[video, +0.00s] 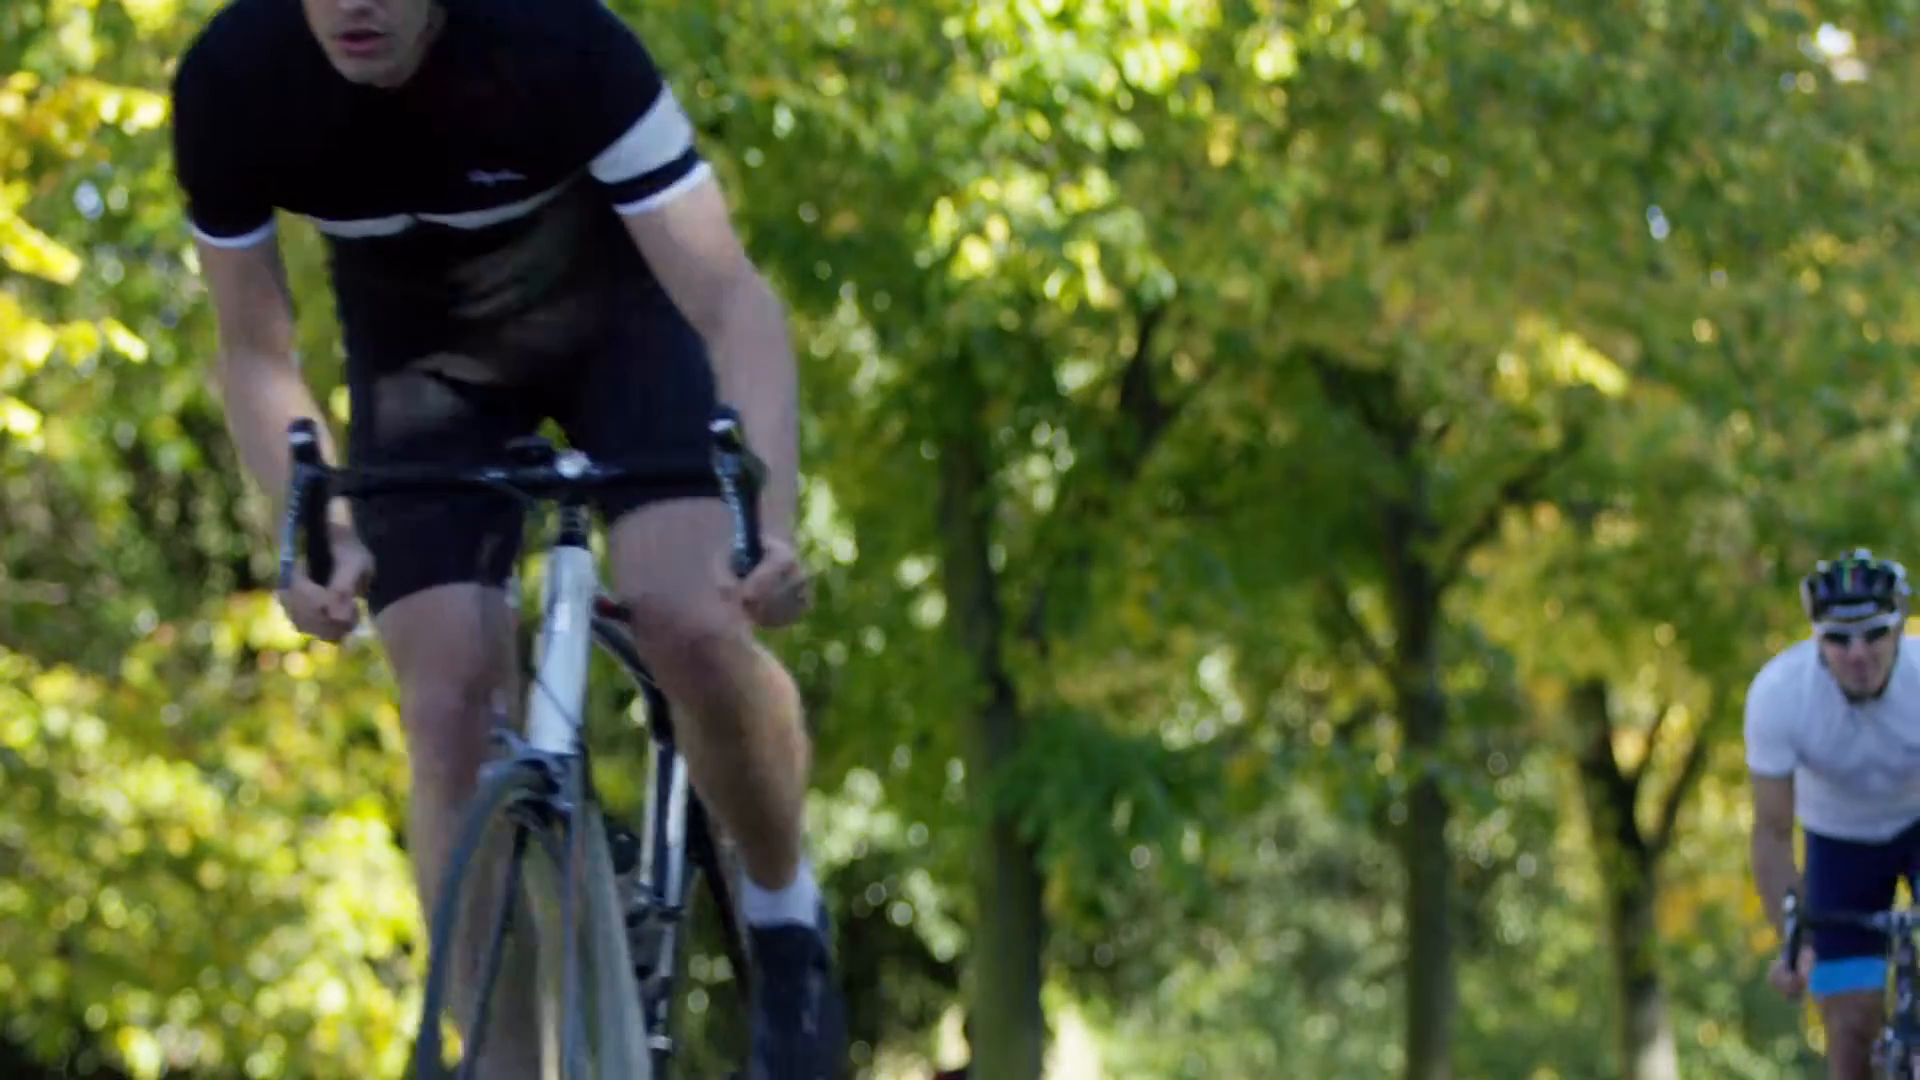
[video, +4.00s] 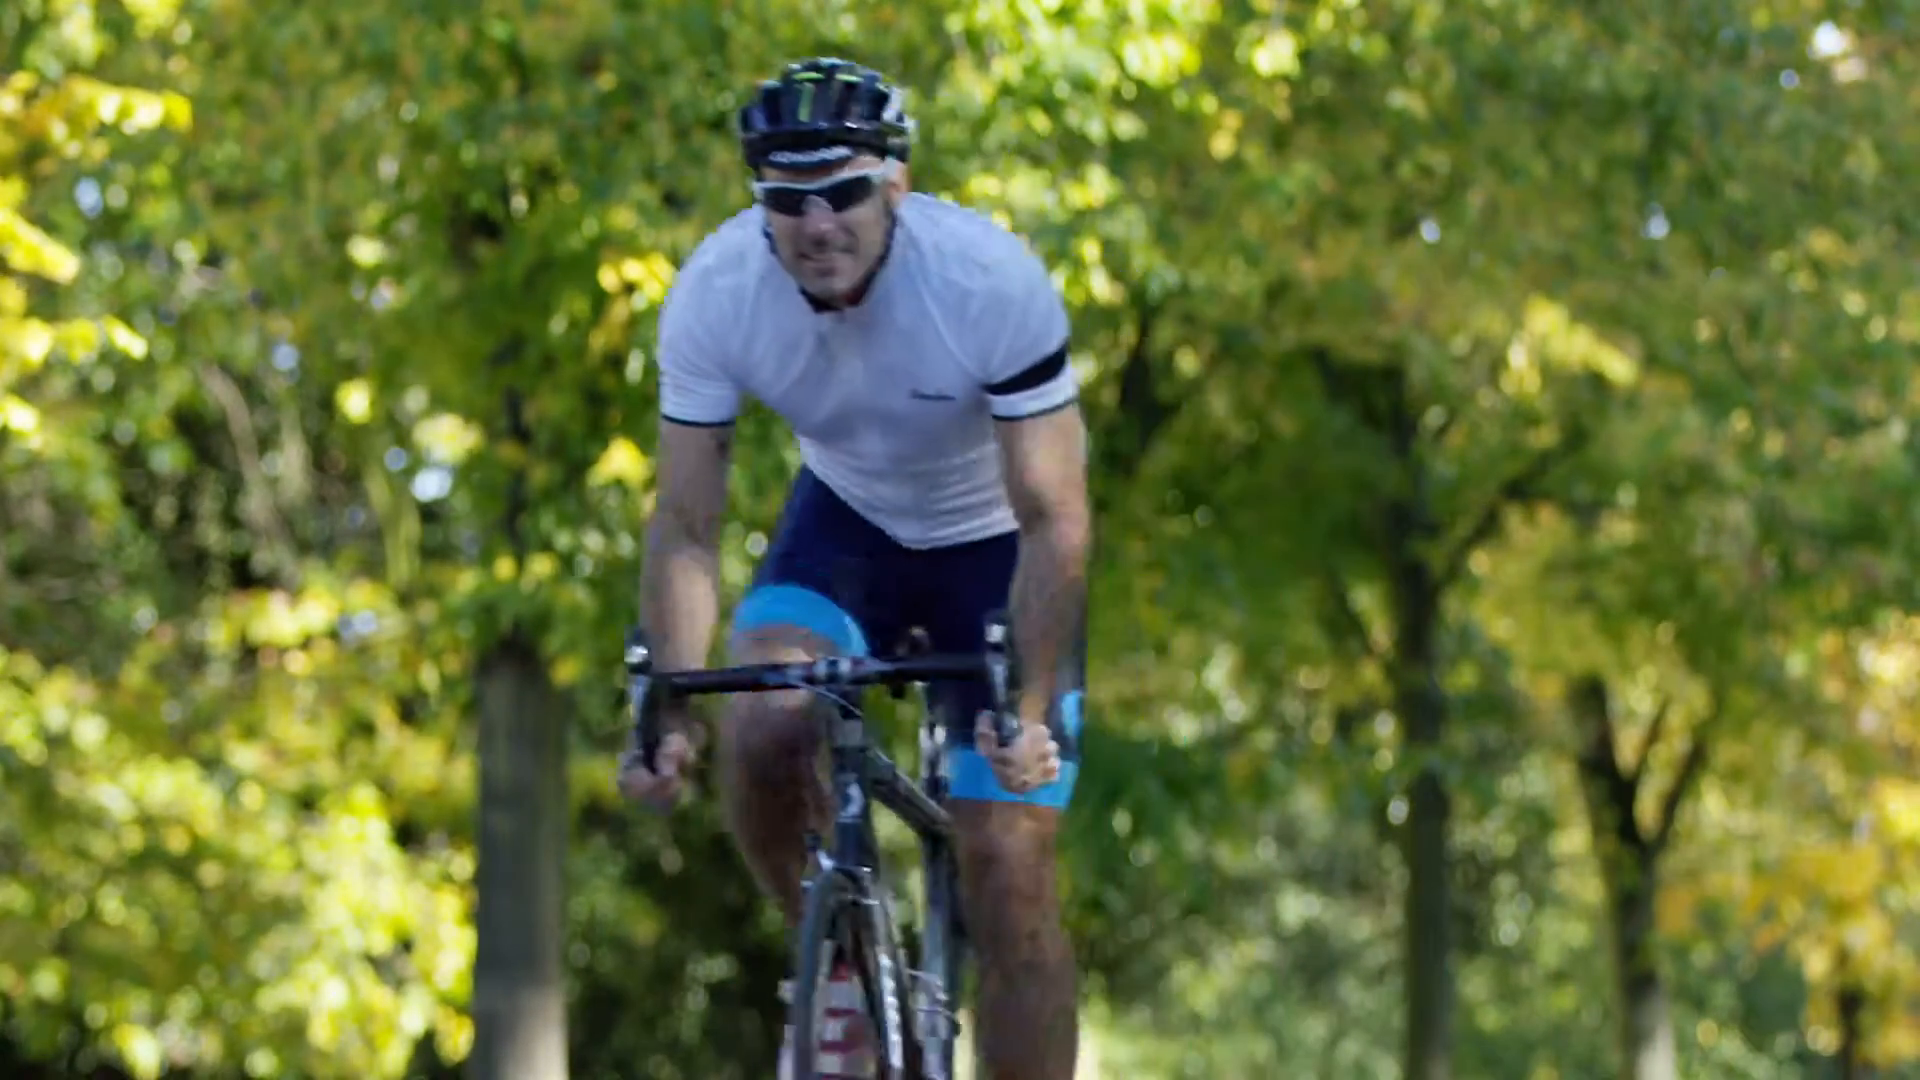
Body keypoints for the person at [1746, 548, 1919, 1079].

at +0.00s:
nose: (1858, 653)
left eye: (1875, 635)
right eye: (1839, 639)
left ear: (1899, 627)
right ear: (1817, 637)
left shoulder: (1917, 667)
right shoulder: (1779, 693)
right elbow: (1771, 831)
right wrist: (1793, 932)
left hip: (1916, 829)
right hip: (1841, 841)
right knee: (1851, 1027)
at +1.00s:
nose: (1707, 589)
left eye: (1723, 567)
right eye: (1684, 573)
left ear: (1751, 562)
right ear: (1661, 574)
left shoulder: (1817, 615)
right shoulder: (1629, 632)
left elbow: (1870, 763)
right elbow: (1619, 788)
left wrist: (1868, 894)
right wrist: (1623, 910)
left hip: (1810, 774)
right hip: (1703, 767)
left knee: (1830, 1006)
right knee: (1672, 908)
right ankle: (1698, 1074)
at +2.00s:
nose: (1537, 493)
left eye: (1557, 470)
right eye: (1514, 475)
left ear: (1587, 462)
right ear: (1485, 472)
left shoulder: (1655, 528)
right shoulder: (1438, 548)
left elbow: (1697, 709)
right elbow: (1423, 724)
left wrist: (1684, 850)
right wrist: (1414, 874)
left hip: (1634, 694)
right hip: (1515, 707)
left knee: (1646, 888)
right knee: (1509, 943)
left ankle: (1681, 1068)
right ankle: (1520, 1068)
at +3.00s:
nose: (1232, 388)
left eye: (1254, 361)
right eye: (1206, 367)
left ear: (1294, 349)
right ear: (1177, 366)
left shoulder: (1377, 429)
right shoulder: (1128, 444)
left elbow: (1437, 635)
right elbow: (1129, 631)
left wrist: (1448, 805)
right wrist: (1144, 780)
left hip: (1372, 631)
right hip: (1233, 644)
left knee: (1403, 862)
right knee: (1239, 891)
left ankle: (1459, 1055)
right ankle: (1247, 1069)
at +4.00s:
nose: (816, 226)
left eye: (843, 196)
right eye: (788, 201)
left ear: (897, 184)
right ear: (759, 201)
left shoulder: (992, 282)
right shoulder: (715, 295)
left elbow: (1056, 517)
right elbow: (685, 525)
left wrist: (1032, 709)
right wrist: (669, 702)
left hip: (997, 533)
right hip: (841, 512)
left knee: (1007, 861)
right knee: (764, 718)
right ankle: (834, 972)